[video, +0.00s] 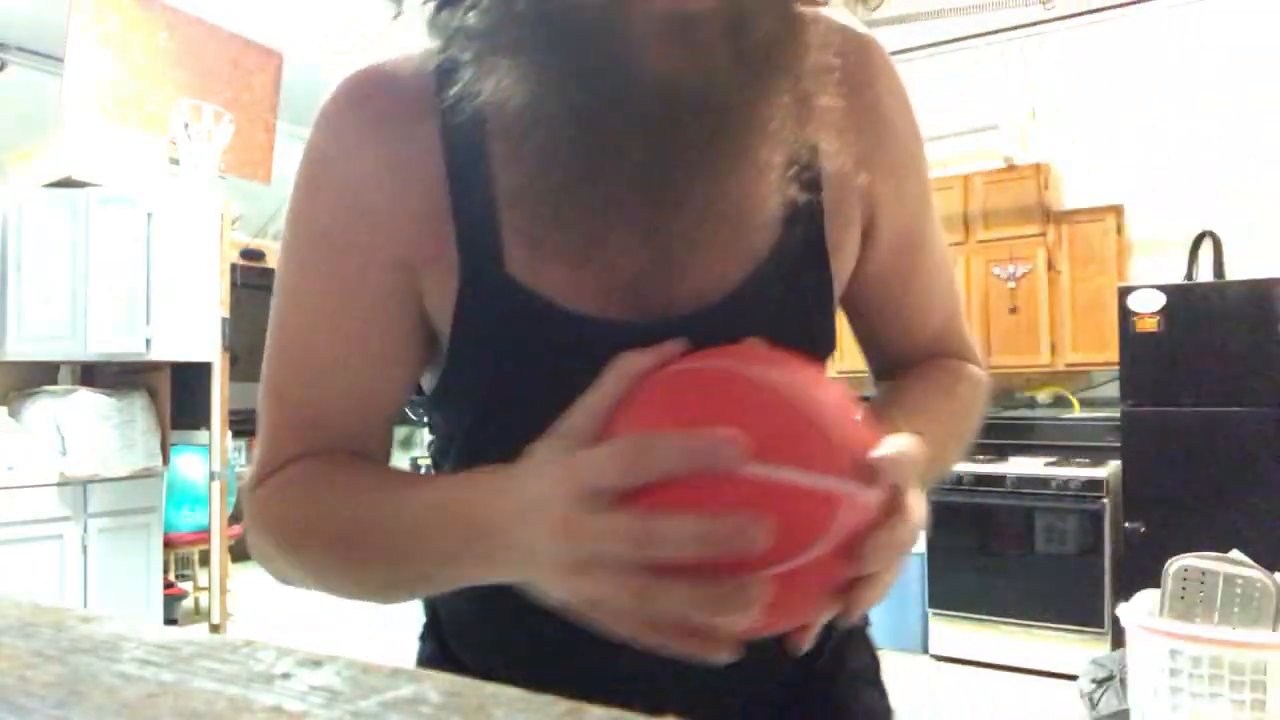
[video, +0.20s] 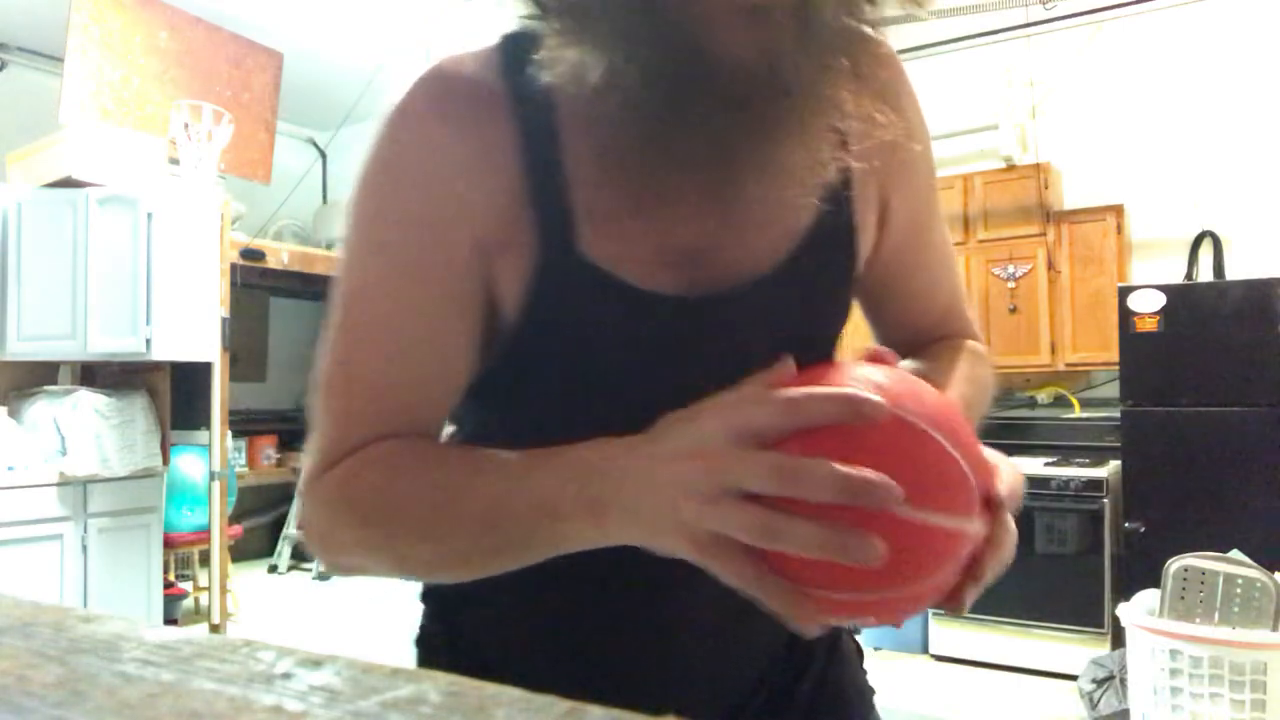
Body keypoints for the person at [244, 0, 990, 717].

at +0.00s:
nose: (697, 15)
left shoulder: (841, 86)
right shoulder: (393, 131)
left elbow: (938, 358)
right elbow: (291, 500)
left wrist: (905, 463)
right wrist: (506, 526)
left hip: (801, 680)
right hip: (519, 688)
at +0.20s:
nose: (771, 27)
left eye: (796, 16)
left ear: (814, 11)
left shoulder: (859, 91)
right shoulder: (468, 123)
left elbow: (941, 341)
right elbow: (344, 501)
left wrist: (923, 454)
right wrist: (621, 490)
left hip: (789, 673)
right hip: (525, 684)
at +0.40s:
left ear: (890, 7)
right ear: (643, 2)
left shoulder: (897, 125)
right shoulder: (528, 172)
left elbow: (965, 358)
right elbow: (445, 520)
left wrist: (962, 482)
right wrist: (637, 505)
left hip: (808, 680)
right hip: (564, 691)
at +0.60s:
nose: (741, 57)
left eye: (805, 8)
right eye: (688, 2)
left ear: (873, 14)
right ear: (584, 6)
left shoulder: (868, 140)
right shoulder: (485, 202)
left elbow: (929, 360)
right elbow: (448, 560)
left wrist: (927, 488)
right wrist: (498, 590)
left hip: (775, 666)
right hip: (549, 678)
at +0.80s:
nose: (618, 141)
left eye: (700, 51)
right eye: (551, 32)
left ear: (798, 36)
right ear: (456, 29)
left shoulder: (829, 194)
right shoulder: (385, 245)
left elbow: (892, 401)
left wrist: (872, 564)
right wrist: (382, 634)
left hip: (734, 686)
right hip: (497, 695)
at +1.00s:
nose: (546, 191)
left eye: (636, 86)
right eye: (470, 67)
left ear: (750, 61)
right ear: (373, 37)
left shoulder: (795, 243)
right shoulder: (316, 282)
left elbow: (871, 452)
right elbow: (303, 659)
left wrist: (830, 604)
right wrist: (417, 688)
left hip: (695, 699)